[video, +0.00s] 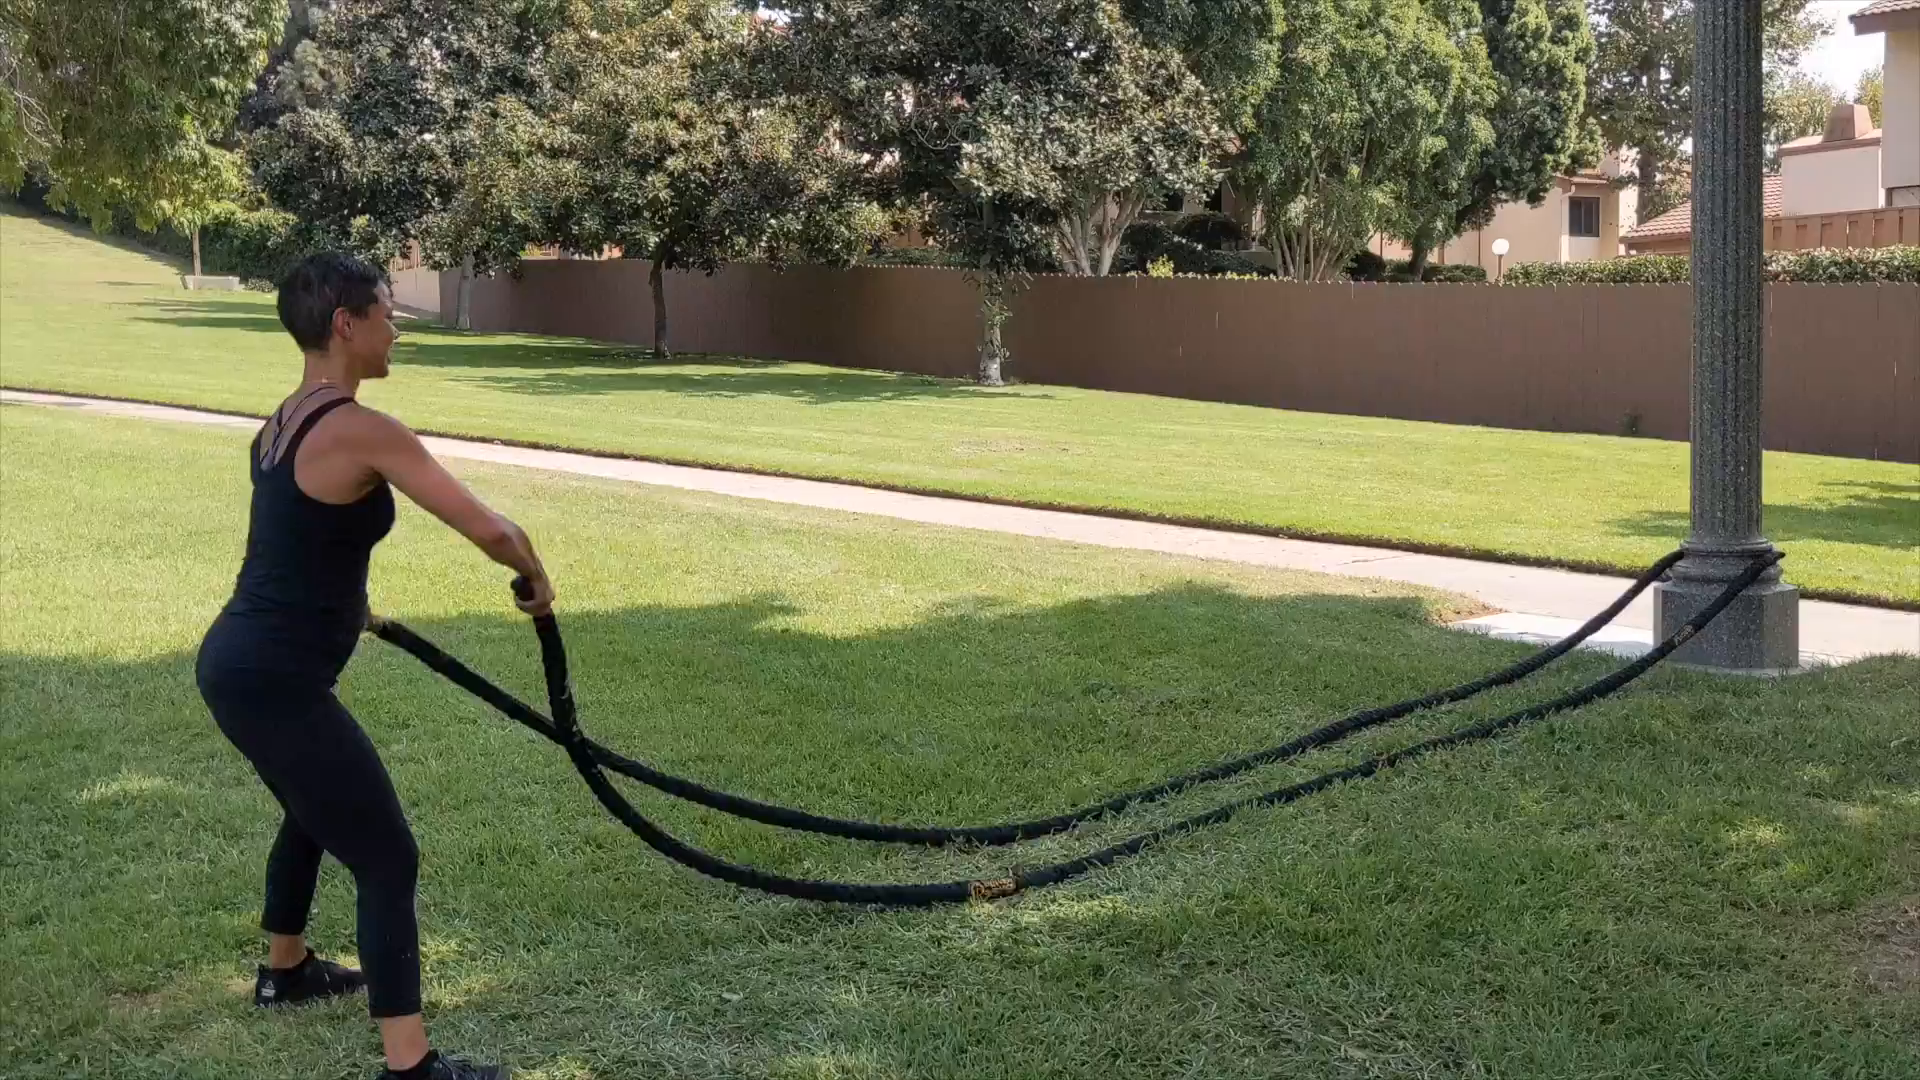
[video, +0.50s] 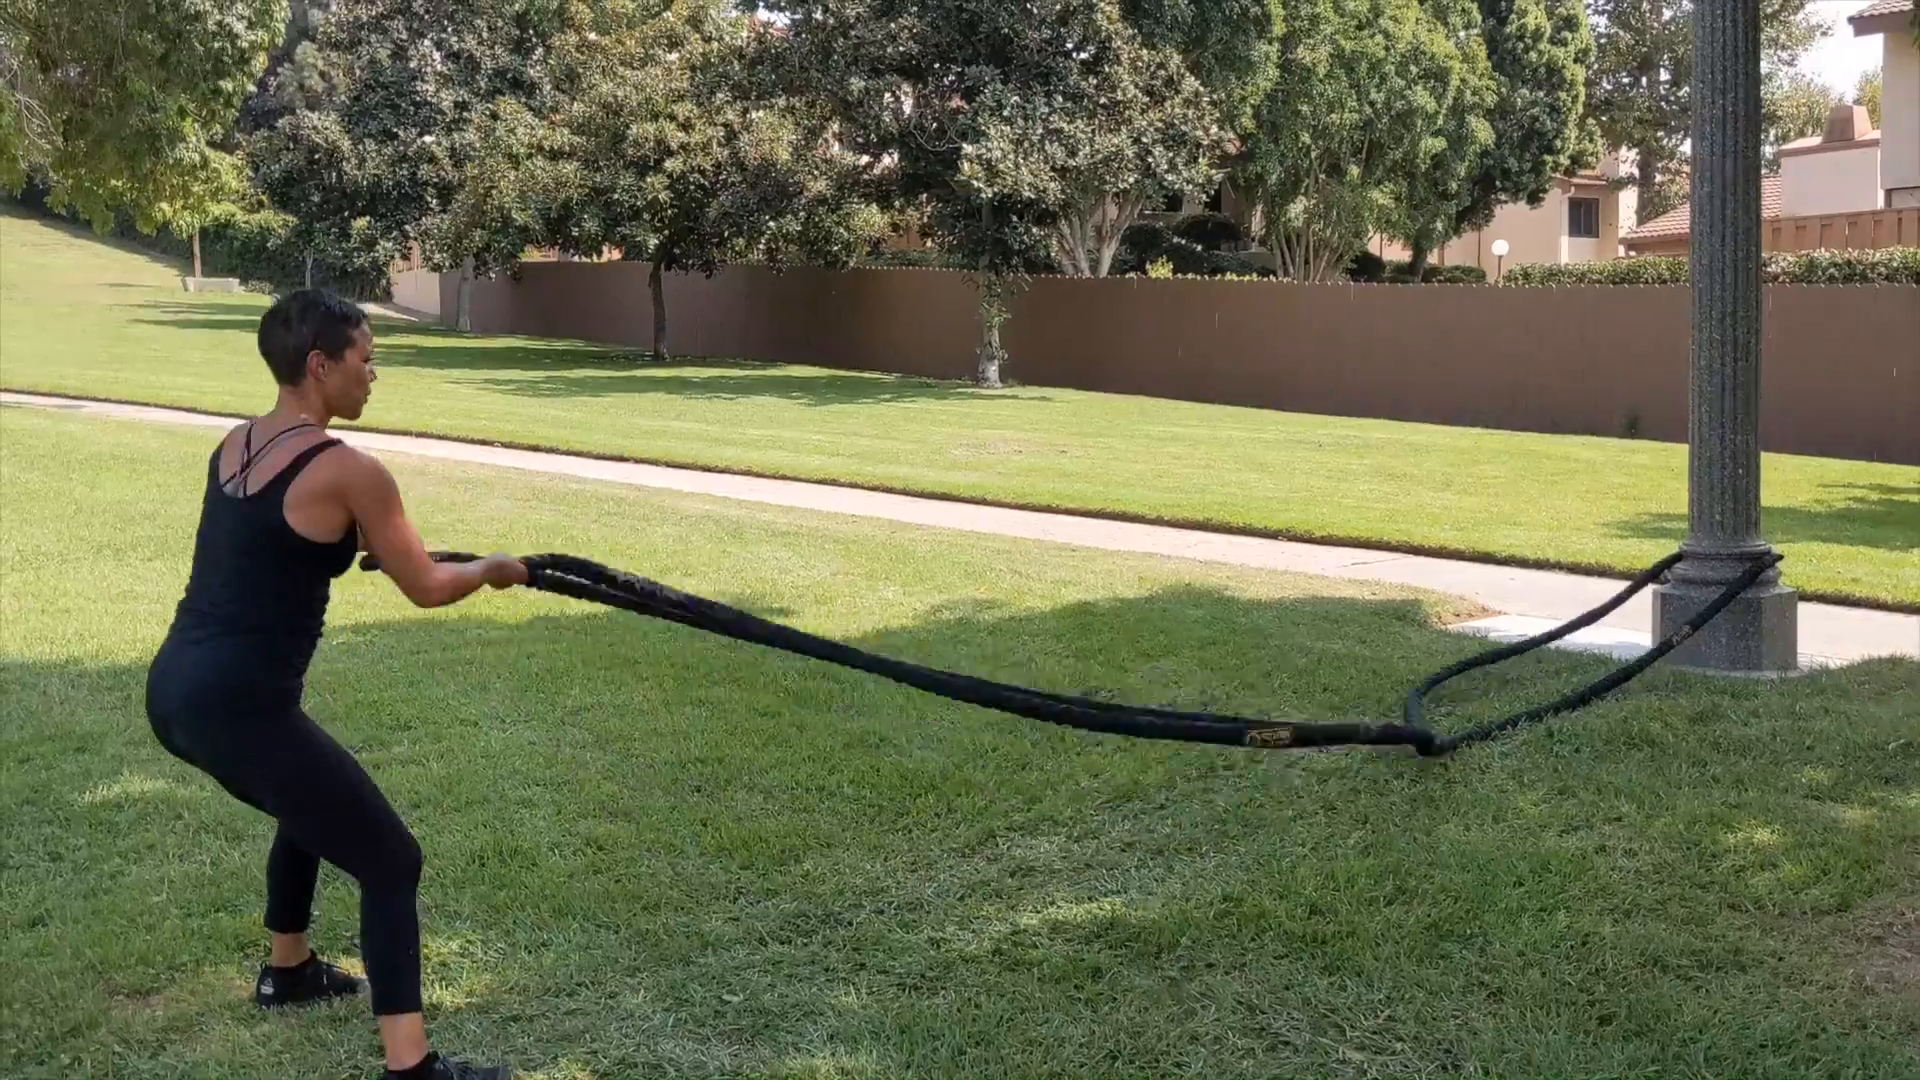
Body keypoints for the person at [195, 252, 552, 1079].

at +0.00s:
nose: (395, 326)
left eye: (390, 311)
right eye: (386, 312)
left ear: (329, 327)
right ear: (345, 323)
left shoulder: (289, 415)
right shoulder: (365, 430)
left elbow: (287, 535)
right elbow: (488, 530)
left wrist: (348, 603)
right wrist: (529, 568)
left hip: (235, 659)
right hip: (279, 679)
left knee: (316, 806)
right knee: (387, 857)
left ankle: (285, 966)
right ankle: (408, 1056)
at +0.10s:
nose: (387, 331)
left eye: (382, 317)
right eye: (376, 318)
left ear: (320, 332)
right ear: (338, 328)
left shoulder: (295, 424)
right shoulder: (336, 430)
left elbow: (341, 562)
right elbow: (460, 506)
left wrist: (441, 623)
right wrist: (578, 530)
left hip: (241, 668)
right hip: (266, 684)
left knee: (321, 808)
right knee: (383, 856)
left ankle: (286, 965)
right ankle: (409, 1061)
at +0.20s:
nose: (383, 341)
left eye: (379, 326)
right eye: (372, 327)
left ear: (317, 338)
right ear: (330, 334)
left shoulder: (294, 430)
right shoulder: (319, 437)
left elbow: (369, 566)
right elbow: (410, 522)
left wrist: (471, 605)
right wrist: (551, 529)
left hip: (231, 670)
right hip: (256, 686)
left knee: (320, 807)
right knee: (380, 857)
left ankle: (286, 963)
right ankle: (408, 1061)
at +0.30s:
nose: (377, 348)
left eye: (375, 332)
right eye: (368, 333)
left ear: (309, 344)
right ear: (324, 342)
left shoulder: (270, 433)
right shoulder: (319, 447)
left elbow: (338, 567)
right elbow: (398, 566)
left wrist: (439, 598)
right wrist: (537, 579)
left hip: (209, 670)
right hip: (251, 688)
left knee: (316, 796)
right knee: (374, 858)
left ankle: (287, 964)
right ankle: (407, 1058)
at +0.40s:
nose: (370, 361)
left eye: (369, 345)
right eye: (362, 346)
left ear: (297, 355)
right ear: (316, 354)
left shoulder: (245, 438)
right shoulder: (330, 463)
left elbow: (278, 551)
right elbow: (421, 587)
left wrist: (373, 553)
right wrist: (537, 594)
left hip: (186, 681)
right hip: (243, 699)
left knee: (315, 797)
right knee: (379, 859)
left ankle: (287, 965)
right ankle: (406, 1058)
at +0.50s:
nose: (373, 372)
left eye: (372, 357)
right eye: (364, 357)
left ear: (299, 366)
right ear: (318, 363)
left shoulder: (236, 443)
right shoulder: (351, 471)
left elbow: (280, 542)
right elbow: (425, 585)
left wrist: (369, 545)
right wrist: (489, 569)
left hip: (175, 695)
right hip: (242, 709)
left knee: (313, 797)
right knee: (391, 860)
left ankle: (289, 966)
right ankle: (409, 1059)